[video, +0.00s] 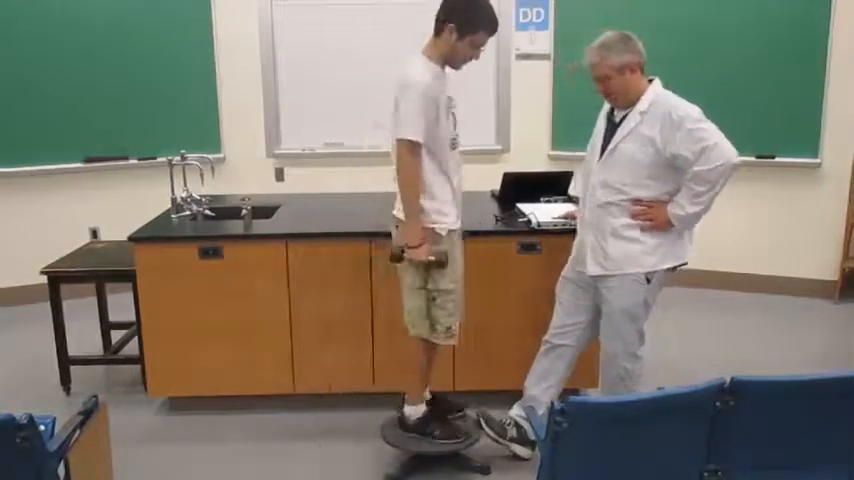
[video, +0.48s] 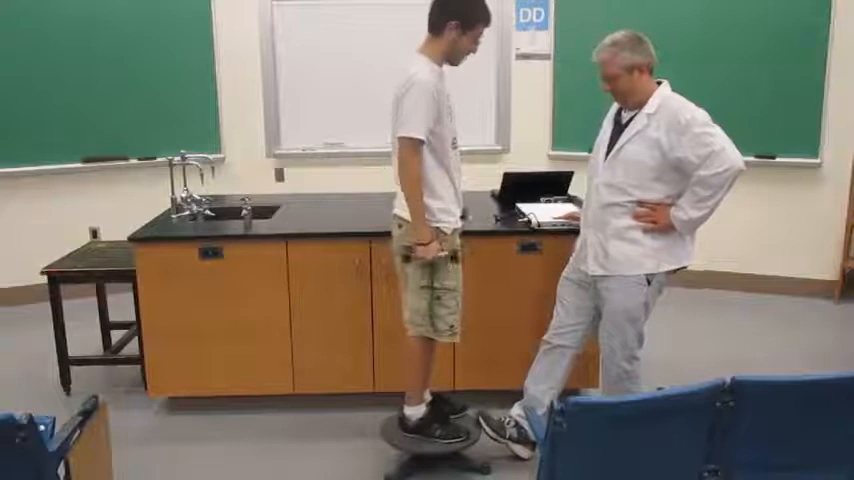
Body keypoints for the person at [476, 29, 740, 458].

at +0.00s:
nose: (600, 89)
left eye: (604, 80)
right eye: (596, 81)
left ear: (632, 70)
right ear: (617, 74)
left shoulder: (671, 112)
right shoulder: (610, 112)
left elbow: (720, 158)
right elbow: (599, 169)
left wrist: (676, 212)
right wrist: (587, 205)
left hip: (634, 257)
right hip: (591, 249)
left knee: (621, 356)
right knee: (562, 338)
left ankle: (614, 441)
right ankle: (529, 424)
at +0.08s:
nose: (600, 89)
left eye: (604, 79)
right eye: (596, 80)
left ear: (632, 70)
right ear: (616, 74)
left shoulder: (671, 112)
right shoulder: (611, 111)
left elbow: (720, 158)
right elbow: (598, 168)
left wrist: (676, 212)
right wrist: (586, 204)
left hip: (634, 256)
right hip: (591, 249)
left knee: (621, 356)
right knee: (562, 337)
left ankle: (615, 439)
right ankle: (529, 422)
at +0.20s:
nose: (602, 88)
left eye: (608, 78)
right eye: (599, 79)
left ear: (638, 70)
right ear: (625, 73)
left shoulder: (675, 114)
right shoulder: (614, 111)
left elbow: (723, 161)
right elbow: (615, 174)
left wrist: (678, 215)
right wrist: (592, 211)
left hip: (633, 258)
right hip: (590, 250)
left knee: (620, 360)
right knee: (561, 338)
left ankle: (618, 443)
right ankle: (528, 424)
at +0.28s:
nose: (602, 88)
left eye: (608, 78)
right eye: (599, 79)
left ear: (638, 70)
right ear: (625, 73)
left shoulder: (675, 114)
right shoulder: (614, 112)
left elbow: (723, 161)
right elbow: (615, 174)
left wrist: (677, 214)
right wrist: (592, 211)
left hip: (633, 258)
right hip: (590, 250)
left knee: (619, 360)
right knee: (561, 338)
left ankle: (618, 443)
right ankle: (528, 425)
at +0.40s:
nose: (605, 88)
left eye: (610, 78)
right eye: (602, 79)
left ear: (641, 71)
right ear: (629, 73)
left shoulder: (679, 115)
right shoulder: (619, 111)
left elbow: (726, 164)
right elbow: (616, 174)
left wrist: (679, 216)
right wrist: (594, 212)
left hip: (634, 260)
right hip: (591, 251)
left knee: (619, 360)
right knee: (561, 338)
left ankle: (619, 445)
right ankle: (527, 424)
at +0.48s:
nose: (605, 88)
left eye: (610, 78)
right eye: (602, 79)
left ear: (641, 71)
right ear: (629, 73)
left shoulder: (679, 115)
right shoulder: (619, 111)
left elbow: (726, 164)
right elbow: (616, 174)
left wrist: (679, 216)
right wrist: (595, 213)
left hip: (634, 260)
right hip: (591, 251)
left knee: (619, 360)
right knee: (561, 338)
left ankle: (619, 445)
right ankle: (527, 424)